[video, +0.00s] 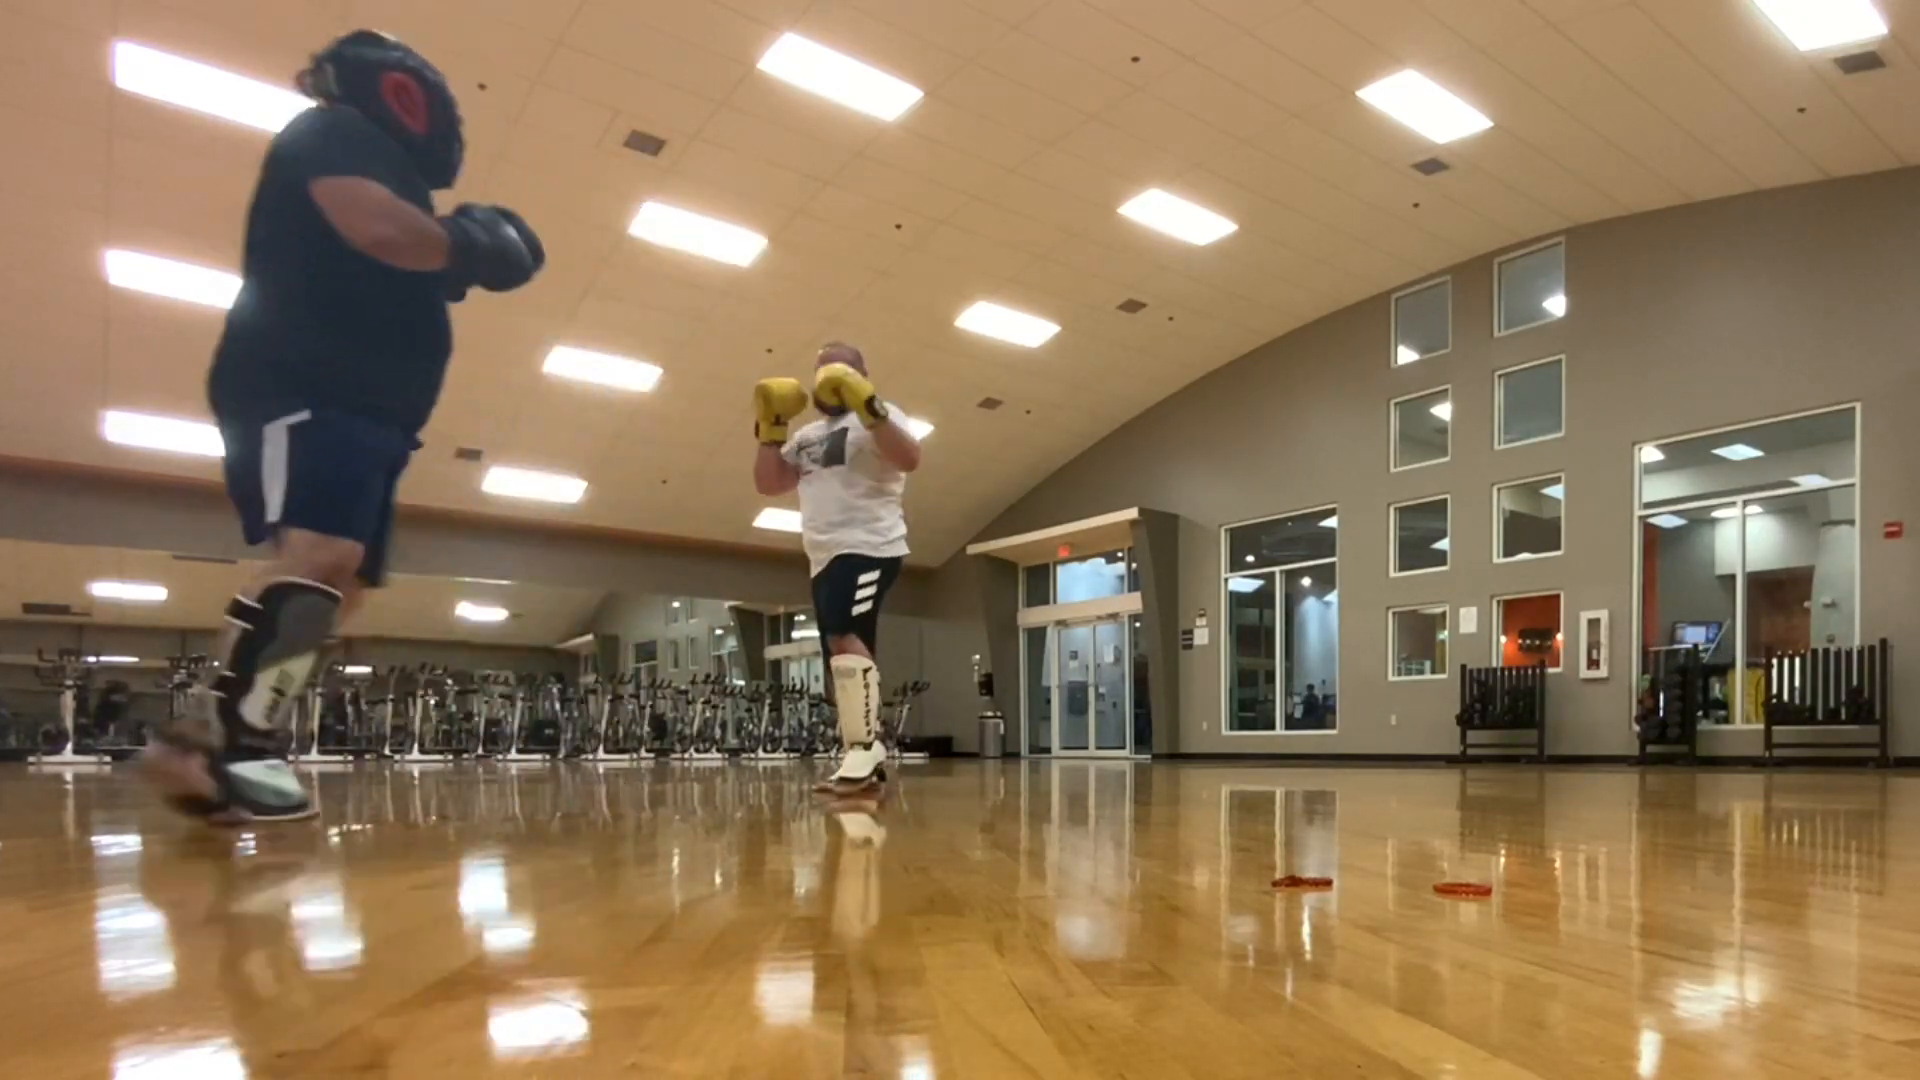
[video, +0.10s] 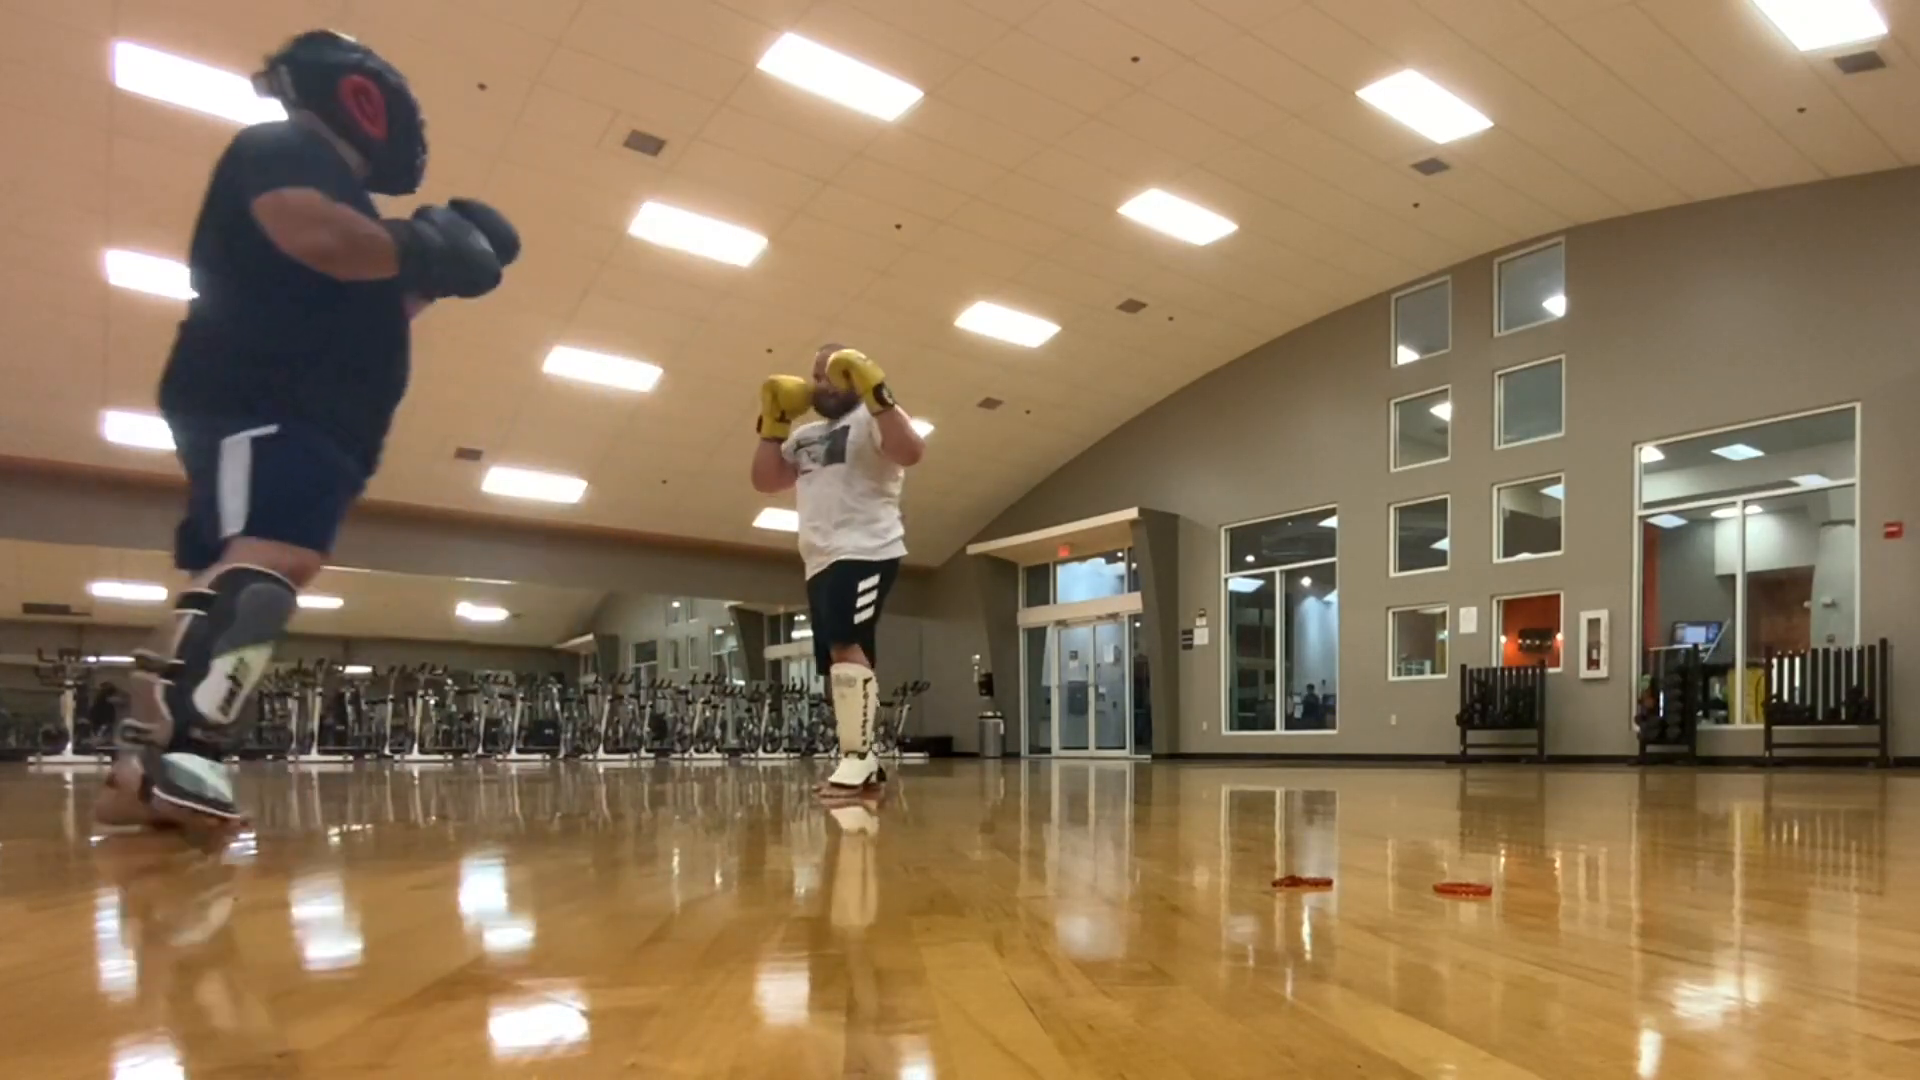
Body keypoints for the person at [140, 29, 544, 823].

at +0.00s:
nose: (442, 120)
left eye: (439, 106)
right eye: (431, 100)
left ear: (387, 98)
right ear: (394, 88)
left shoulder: (384, 165)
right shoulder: (333, 132)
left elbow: (391, 241)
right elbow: (376, 229)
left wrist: (461, 233)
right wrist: (467, 247)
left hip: (362, 399)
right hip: (311, 384)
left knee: (343, 578)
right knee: (322, 554)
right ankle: (236, 743)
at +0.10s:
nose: (403, 125)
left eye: (400, 109)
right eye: (390, 105)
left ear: (340, 106)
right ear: (353, 96)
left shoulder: (342, 200)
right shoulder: (283, 145)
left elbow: (359, 308)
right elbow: (317, 242)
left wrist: (442, 256)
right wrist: (420, 247)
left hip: (288, 406)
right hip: (270, 395)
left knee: (227, 575)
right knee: (275, 556)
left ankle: (148, 746)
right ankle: (190, 746)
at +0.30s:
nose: (353, 88)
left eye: (353, 70)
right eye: (345, 64)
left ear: (285, 50)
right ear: (308, 49)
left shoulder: (278, 126)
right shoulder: (249, 101)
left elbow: (290, 264)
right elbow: (304, 235)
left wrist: (389, 288)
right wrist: (403, 280)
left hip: (256, 402)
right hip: (197, 382)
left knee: (214, 586)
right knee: (164, 565)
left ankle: (146, 769)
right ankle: (89, 777)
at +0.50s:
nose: (362, 49)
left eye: (366, 37)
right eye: (358, 28)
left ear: (292, 10)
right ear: (307, 6)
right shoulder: (240, 36)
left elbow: (264, 211)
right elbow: (350, 203)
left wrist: (371, 249)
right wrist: (410, 226)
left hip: (216, 366)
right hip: (161, 350)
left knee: (272, 562)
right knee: (128, 551)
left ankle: (152, 760)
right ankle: (40, 785)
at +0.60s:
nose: (349, 60)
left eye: (355, 48)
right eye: (351, 39)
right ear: (316, 5)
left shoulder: (148, 31)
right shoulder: (256, 31)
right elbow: (372, 206)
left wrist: (345, 151)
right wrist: (407, 178)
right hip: (169, 349)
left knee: (304, 551)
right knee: (113, 556)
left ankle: (193, 739)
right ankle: (34, 790)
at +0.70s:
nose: (352, 67)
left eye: (359, 56)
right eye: (356, 47)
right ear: (329, 7)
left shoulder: (146, 35)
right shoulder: (273, 39)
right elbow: (397, 216)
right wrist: (412, 170)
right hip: (192, 356)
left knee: (313, 555)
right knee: (126, 558)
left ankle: (297, 761)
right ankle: (42, 784)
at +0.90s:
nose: (403, 57)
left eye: (403, 46)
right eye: (398, 37)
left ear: (289, 0)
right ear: (365, 8)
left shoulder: (195, 68)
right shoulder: (334, 48)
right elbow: (447, 222)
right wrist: (472, 233)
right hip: (272, 364)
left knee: (374, 579)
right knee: (194, 567)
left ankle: (378, 789)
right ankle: (61, 782)